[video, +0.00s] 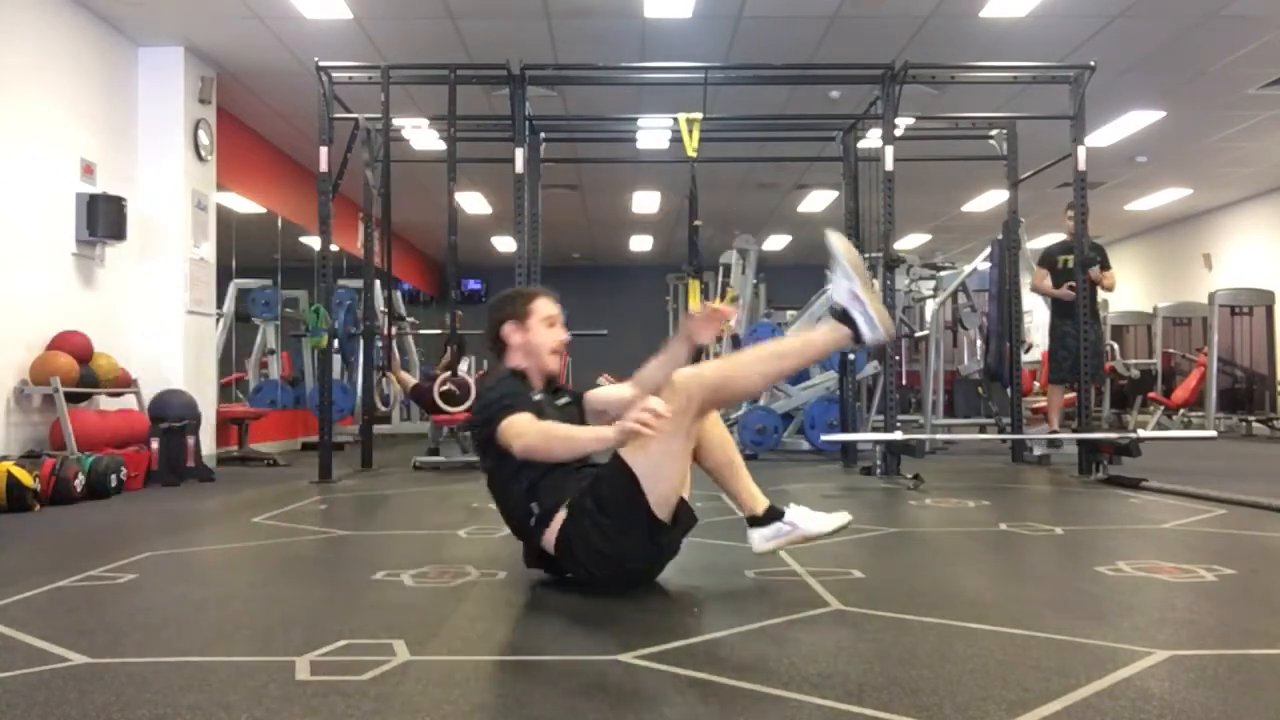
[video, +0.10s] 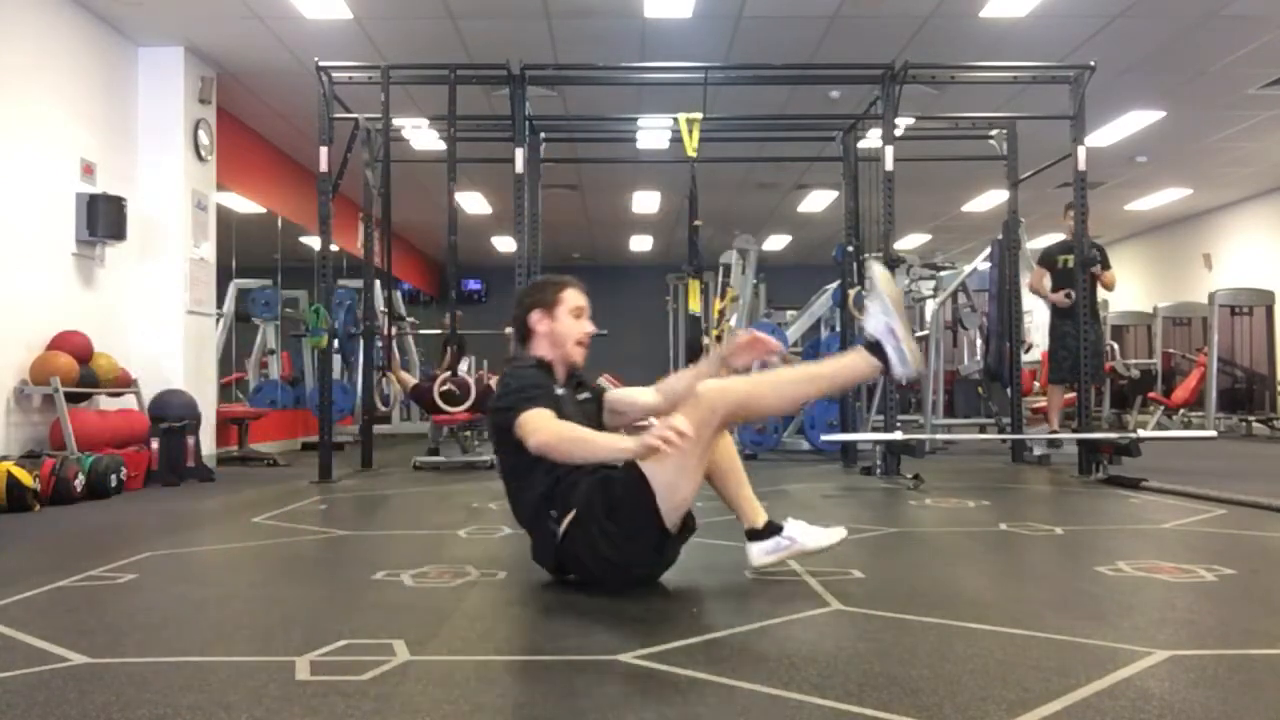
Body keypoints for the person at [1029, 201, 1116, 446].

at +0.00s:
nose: (1076, 222)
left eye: (1081, 217)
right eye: (1072, 218)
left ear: (1087, 220)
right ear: (1064, 220)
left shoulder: (1097, 250)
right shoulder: (1053, 251)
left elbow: (1111, 284)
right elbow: (1036, 283)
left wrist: (1100, 279)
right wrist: (1057, 292)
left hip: (1090, 320)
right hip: (1062, 321)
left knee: (1090, 376)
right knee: (1058, 376)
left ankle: (1087, 424)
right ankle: (1054, 428)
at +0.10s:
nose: (1078, 222)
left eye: (1082, 217)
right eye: (1073, 217)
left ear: (1088, 220)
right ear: (1065, 220)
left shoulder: (1097, 250)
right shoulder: (1052, 251)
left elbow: (1111, 285)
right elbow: (1034, 283)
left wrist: (1100, 274)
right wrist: (1051, 297)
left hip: (1090, 320)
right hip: (1063, 321)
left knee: (1090, 376)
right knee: (1058, 376)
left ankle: (1087, 425)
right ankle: (1054, 428)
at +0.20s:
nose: (1080, 222)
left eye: (1083, 217)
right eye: (1075, 217)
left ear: (1088, 219)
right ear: (1066, 220)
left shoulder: (1096, 250)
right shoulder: (1054, 251)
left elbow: (1110, 284)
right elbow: (1032, 282)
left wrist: (1098, 267)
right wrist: (1046, 306)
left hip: (1090, 320)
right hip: (1063, 320)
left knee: (1090, 376)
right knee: (1058, 377)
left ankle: (1087, 425)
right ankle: (1054, 428)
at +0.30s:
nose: (1080, 222)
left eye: (1083, 217)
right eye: (1075, 218)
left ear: (1088, 219)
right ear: (1066, 220)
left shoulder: (1096, 250)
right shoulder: (1054, 251)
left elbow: (1110, 284)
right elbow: (1032, 283)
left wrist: (1097, 265)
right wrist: (1038, 311)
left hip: (1090, 322)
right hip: (1062, 321)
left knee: (1089, 377)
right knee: (1058, 377)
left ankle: (1087, 425)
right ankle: (1054, 428)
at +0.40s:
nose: (1080, 222)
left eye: (1083, 217)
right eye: (1076, 217)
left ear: (1088, 220)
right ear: (1066, 220)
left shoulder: (1095, 250)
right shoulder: (1053, 251)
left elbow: (1110, 284)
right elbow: (1032, 283)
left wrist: (1096, 263)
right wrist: (1033, 313)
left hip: (1090, 322)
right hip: (1062, 321)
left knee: (1090, 377)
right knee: (1058, 377)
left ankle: (1087, 425)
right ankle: (1054, 428)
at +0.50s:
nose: (1080, 223)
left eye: (1083, 218)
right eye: (1076, 218)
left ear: (1088, 220)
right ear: (1066, 220)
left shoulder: (1095, 250)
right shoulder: (1052, 251)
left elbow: (1110, 283)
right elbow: (1033, 283)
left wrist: (1096, 262)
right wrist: (1038, 314)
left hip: (1089, 321)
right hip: (1062, 321)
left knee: (1090, 378)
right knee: (1057, 379)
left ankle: (1088, 425)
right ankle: (1054, 428)